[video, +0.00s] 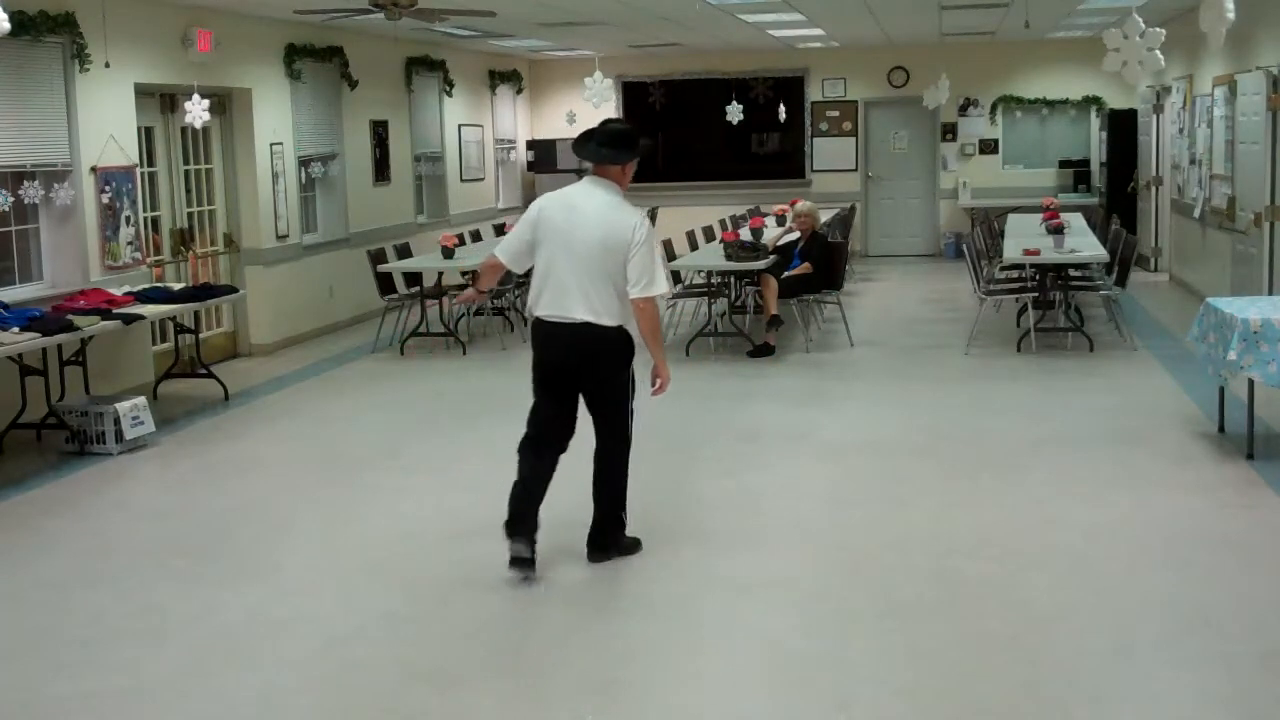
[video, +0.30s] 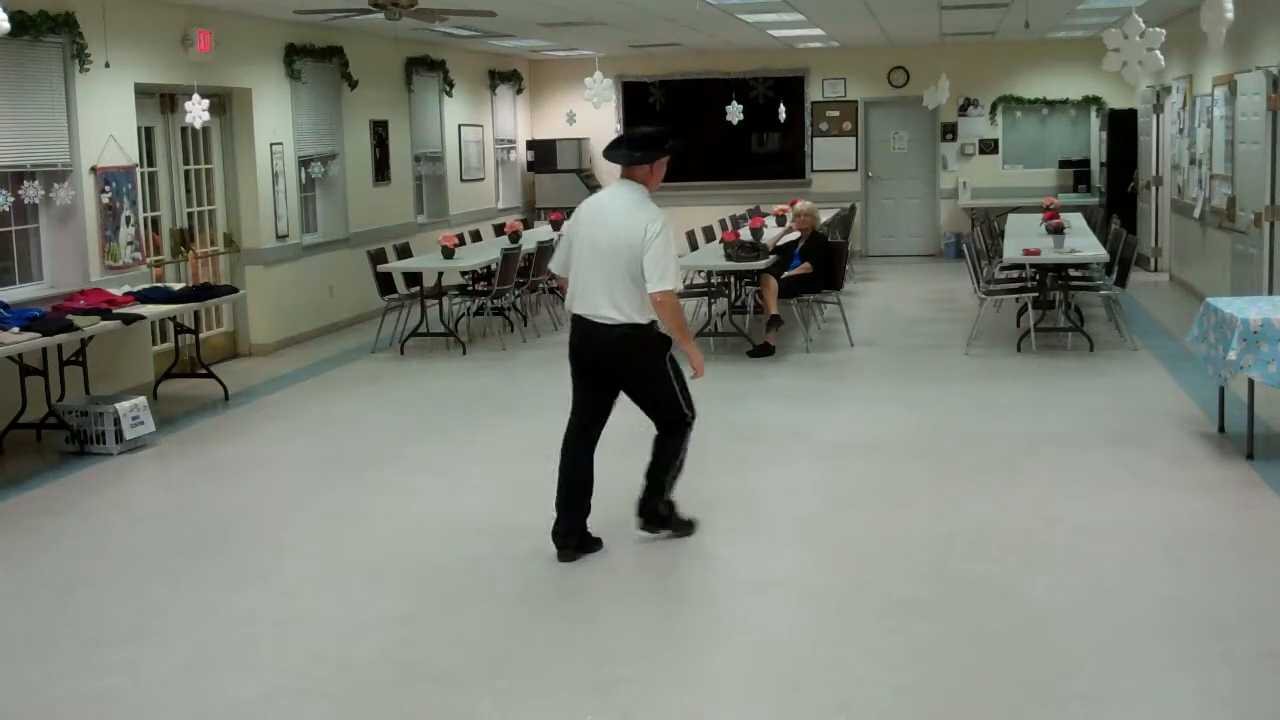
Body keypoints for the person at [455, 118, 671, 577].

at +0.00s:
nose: (633, 172)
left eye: (632, 165)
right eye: (632, 165)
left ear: (587, 162)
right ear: (624, 167)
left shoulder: (547, 205)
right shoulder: (632, 222)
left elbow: (496, 265)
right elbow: (642, 299)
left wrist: (480, 287)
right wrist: (659, 358)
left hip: (549, 339)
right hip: (606, 344)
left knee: (546, 431)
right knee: (613, 440)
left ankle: (520, 530)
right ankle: (606, 536)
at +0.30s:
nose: (665, 171)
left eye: (664, 163)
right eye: (663, 164)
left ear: (623, 165)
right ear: (651, 166)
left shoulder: (587, 206)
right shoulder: (651, 218)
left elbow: (561, 274)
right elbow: (662, 296)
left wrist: (594, 300)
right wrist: (689, 346)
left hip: (586, 339)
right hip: (635, 341)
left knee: (580, 433)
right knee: (677, 419)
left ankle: (569, 535)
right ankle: (655, 509)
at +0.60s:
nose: (705, 155)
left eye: (704, 148)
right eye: (704, 148)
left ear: (665, 149)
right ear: (696, 150)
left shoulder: (640, 194)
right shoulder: (691, 202)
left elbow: (648, 257)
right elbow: (694, 276)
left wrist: (706, 276)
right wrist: (708, 337)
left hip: (644, 314)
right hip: (681, 317)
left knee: (668, 402)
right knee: (699, 416)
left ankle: (635, 475)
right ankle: (691, 508)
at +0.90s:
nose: (735, 160)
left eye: (732, 154)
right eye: (735, 154)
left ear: (698, 158)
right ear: (729, 157)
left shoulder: (680, 202)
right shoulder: (717, 207)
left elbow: (694, 260)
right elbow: (720, 281)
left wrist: (748, 270)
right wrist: (753, 333)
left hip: (691, 318)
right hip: (718, 320)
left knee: (727, 406)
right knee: (724, 414)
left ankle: (748, 482)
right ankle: (690, 506)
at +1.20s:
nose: (753, 151)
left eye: (750, 145)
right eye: (751, 145)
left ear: (716, 149)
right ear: (747, 148)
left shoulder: (699, 195)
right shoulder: (750, 197)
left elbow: (694, 255)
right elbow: (755, 267)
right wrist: (783, 322)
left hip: (717, 310)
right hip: (750, 309)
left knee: (738, 397)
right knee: (801, 383)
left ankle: (749, 482)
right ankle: (744, 453)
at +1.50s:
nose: (731, 156)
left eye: (730, 150)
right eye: (734, 149)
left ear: (731, 152)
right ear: (768, 149)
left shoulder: (715, 203)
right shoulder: (797, 198)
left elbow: (698, 270)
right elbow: (819, 262)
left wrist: (732, 255)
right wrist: (839, 313)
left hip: (733, 317)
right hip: (784, 316)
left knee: (737, 402)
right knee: (793, 404)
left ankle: (747, 483)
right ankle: (798, 499)